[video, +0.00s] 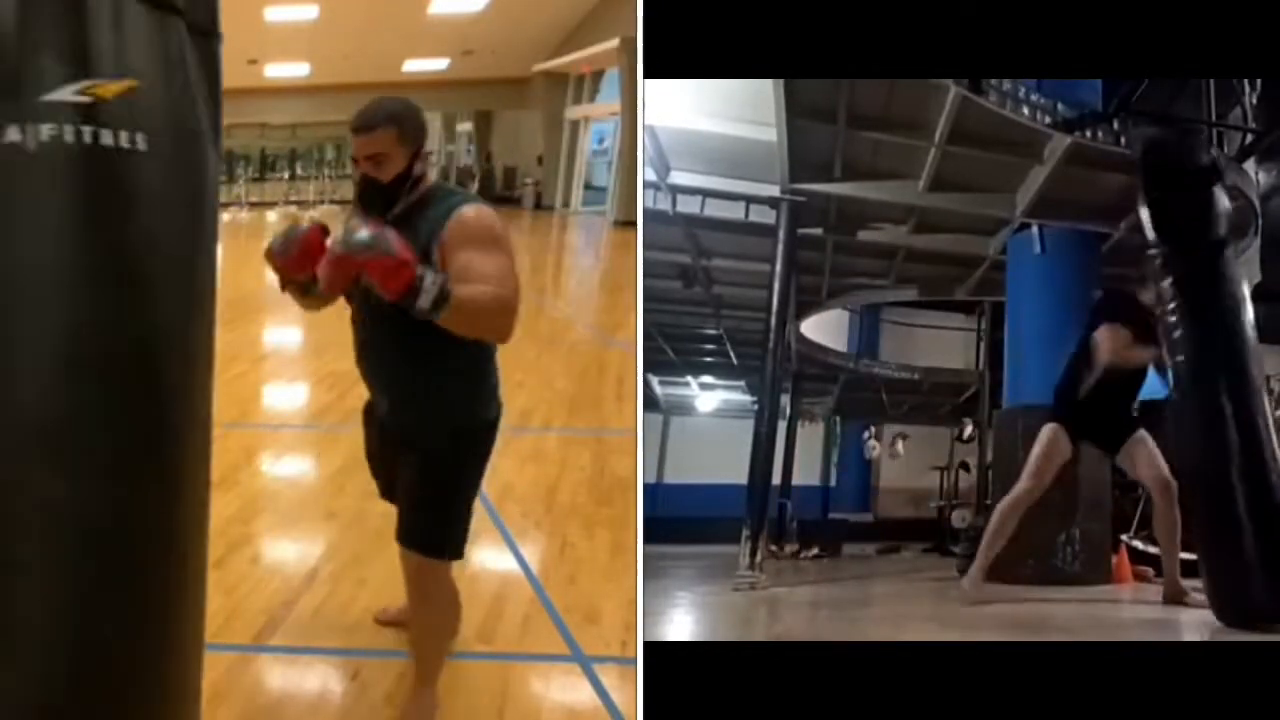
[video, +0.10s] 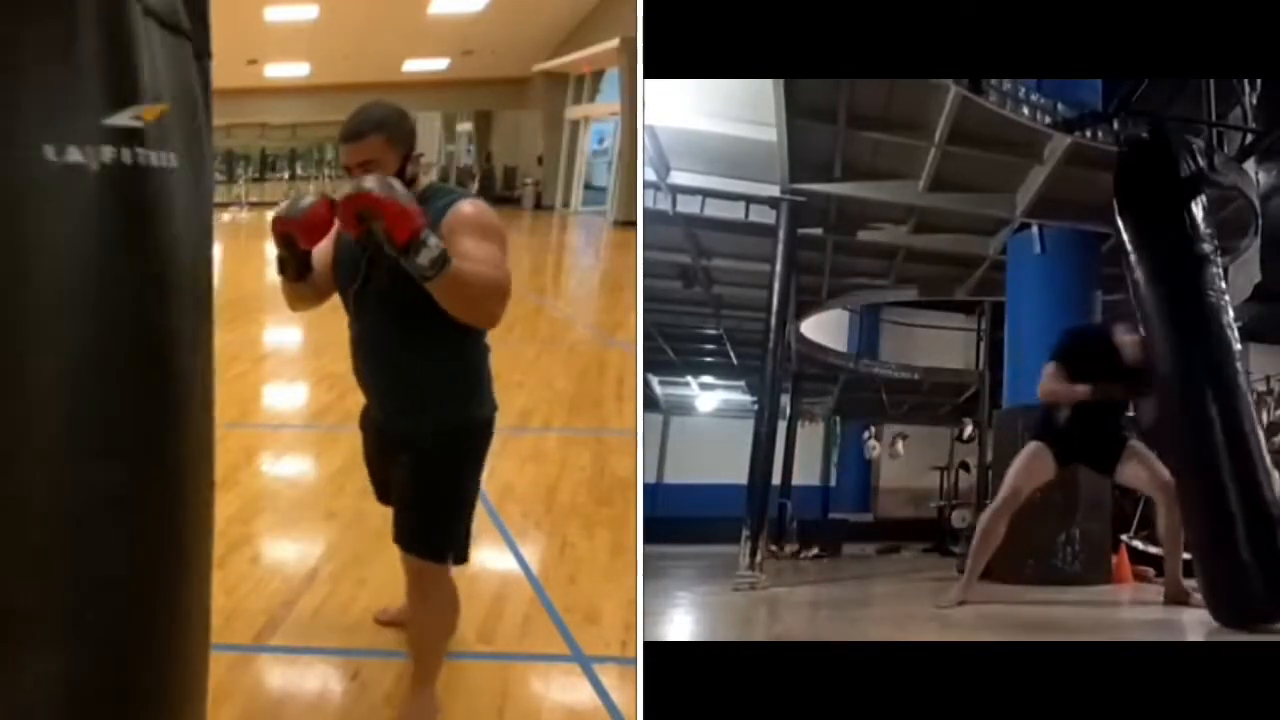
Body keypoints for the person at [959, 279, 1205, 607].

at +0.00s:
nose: (1166, 282)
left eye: (1168, 274)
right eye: (1159, 273)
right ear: (1141, 274)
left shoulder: (1155, 319)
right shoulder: (1113, 304)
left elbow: (1171, 363)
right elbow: (1110, 354)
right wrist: (1157, 353)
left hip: (1118, 419)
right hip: (1073, 414)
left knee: (1164, 485)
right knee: (1030, 486)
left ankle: (1173, 585)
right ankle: (975, 573)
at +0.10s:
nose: (1134, 345)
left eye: (1139, 341)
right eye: (1129, 338)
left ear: (1146, 341)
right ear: (1115, 330)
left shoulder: (1144, 361)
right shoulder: (1078, 340)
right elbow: (1047, 389)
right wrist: (1095, 391)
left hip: (1109, 442)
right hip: (1058, 439)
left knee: (1165, 486)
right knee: (1006, 499)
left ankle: (1174, 586)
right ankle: (965, 584)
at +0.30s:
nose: (1078, 305)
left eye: (1085, 299)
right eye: (1075, 296)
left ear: (1089, 301)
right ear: (1059, 288)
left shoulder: (1075, 329)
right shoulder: (1015, 314)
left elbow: (1089, 383)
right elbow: (1004, 365)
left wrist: (1078, 344)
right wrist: (1045, 330)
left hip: (1053, 422)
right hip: (1002, 421)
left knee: (1091, 490)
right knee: (970, 490)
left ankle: (1121, 574)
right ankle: (959, 578)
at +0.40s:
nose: (1061, 289)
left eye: (1069, 285)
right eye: (1059, 278)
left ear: (1070, 289)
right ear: (1043, 271)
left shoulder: (1055, 317)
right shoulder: (1003, 298)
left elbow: (1077, 365)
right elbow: (989, 343)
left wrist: (1064, 324)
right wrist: (1030, 314)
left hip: (1032, 413)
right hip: (984, 410)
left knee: (1077, 479)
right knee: (957, 477)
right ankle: (949, 574)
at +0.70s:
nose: (1005, 283)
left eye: (1009, 276)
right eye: (1000, 273)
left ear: (1010, 274)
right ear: (978, 265)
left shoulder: (1000, 311)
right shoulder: (937, 285)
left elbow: (996, 349)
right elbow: (936, 335)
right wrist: (980, 316)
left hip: (959, 403)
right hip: (912, 398)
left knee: (1024, 460)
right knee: (880, 482)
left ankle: (1001, 556)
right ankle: (845, 586)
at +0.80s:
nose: (993, 268)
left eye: (999, 264)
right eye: (991, 259)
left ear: (999, 265)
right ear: (974, 248)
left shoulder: (982, 289)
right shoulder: (927, 267)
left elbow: (991, 336)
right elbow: (923, 312)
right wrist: (969, 298)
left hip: (955, 391)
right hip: (908, 388)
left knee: (1001, 464)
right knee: (876, 476)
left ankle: (1022, 567)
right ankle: (845, 581)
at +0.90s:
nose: (985, 259)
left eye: (991, 255)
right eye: (983, 249)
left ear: (990, 259)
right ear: (963, 240)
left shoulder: (974, 285)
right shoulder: (921, 256)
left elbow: (979, 322)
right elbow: (918, 297)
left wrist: (995, 317)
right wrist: (966, 280)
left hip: (953, 392)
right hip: (905, 387)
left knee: (983, 484)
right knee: (870, 477)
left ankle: (1003, 585)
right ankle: (844, 582)